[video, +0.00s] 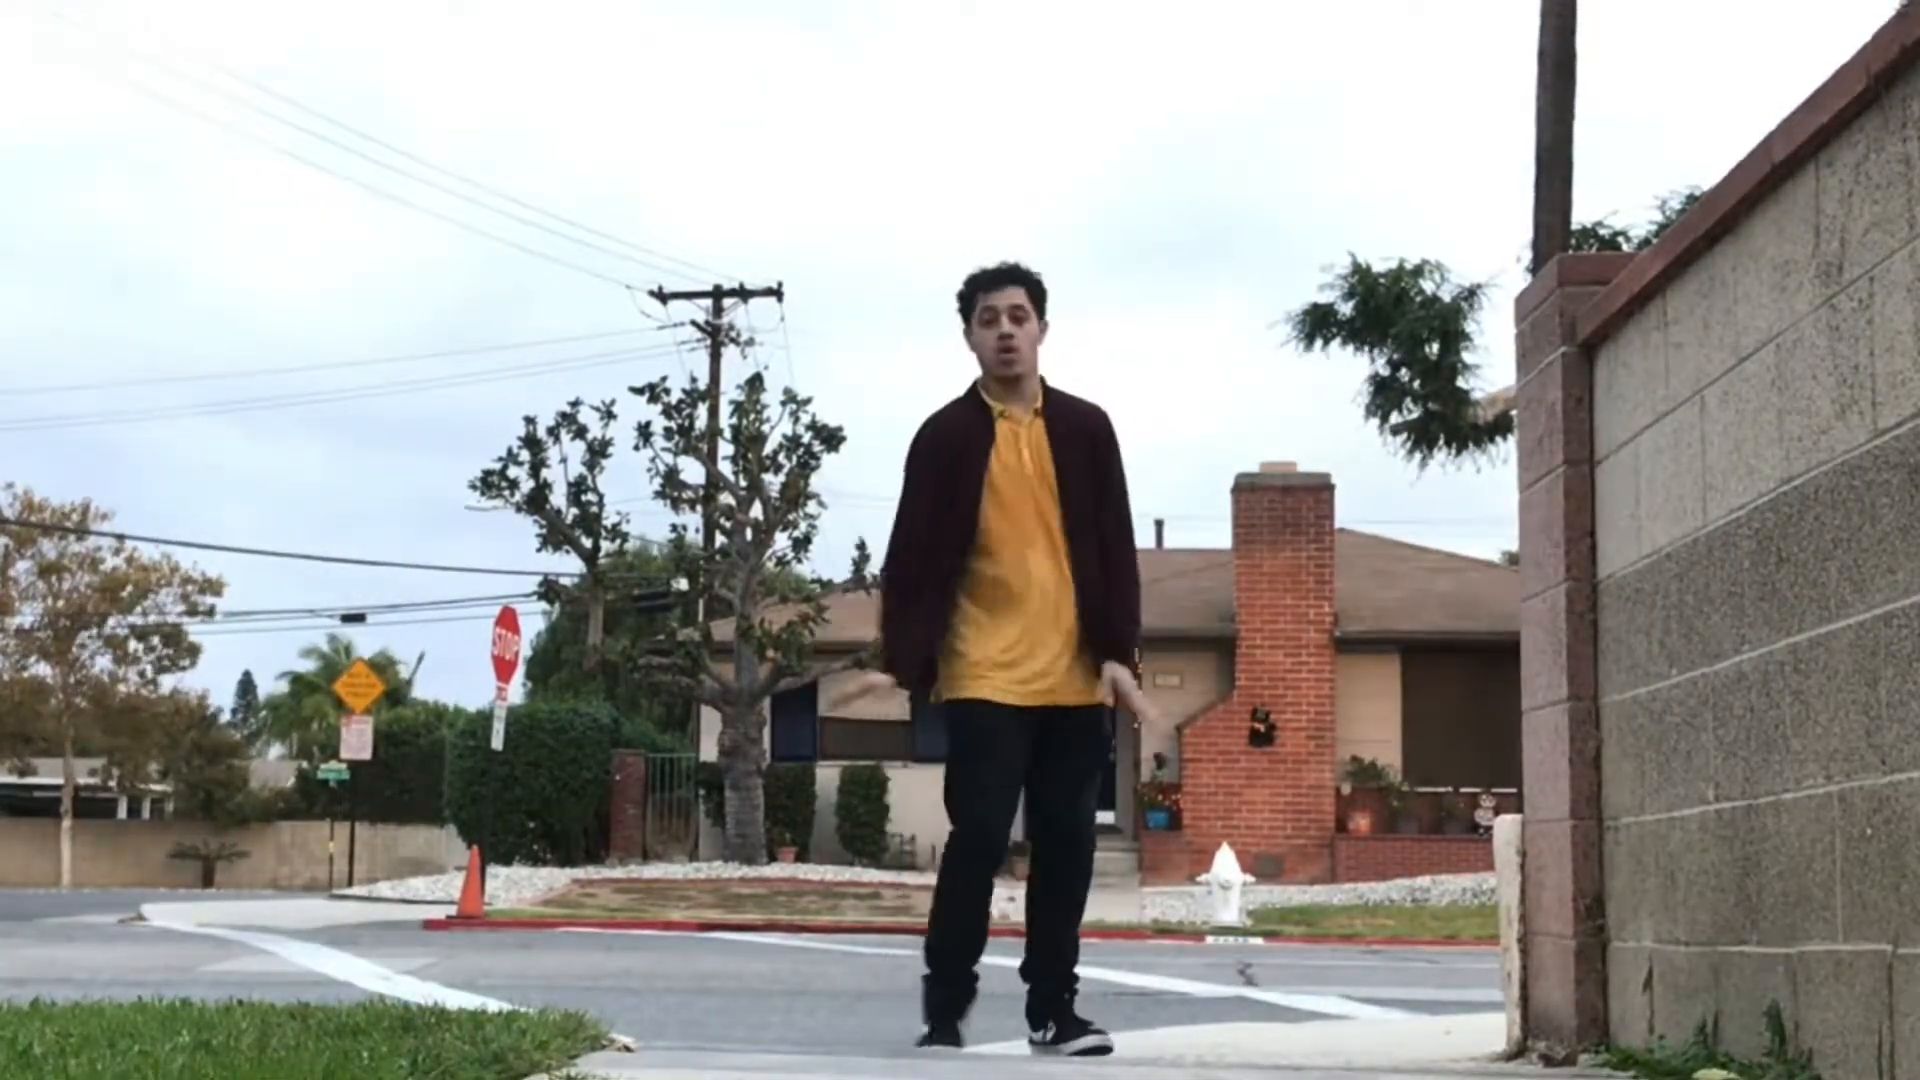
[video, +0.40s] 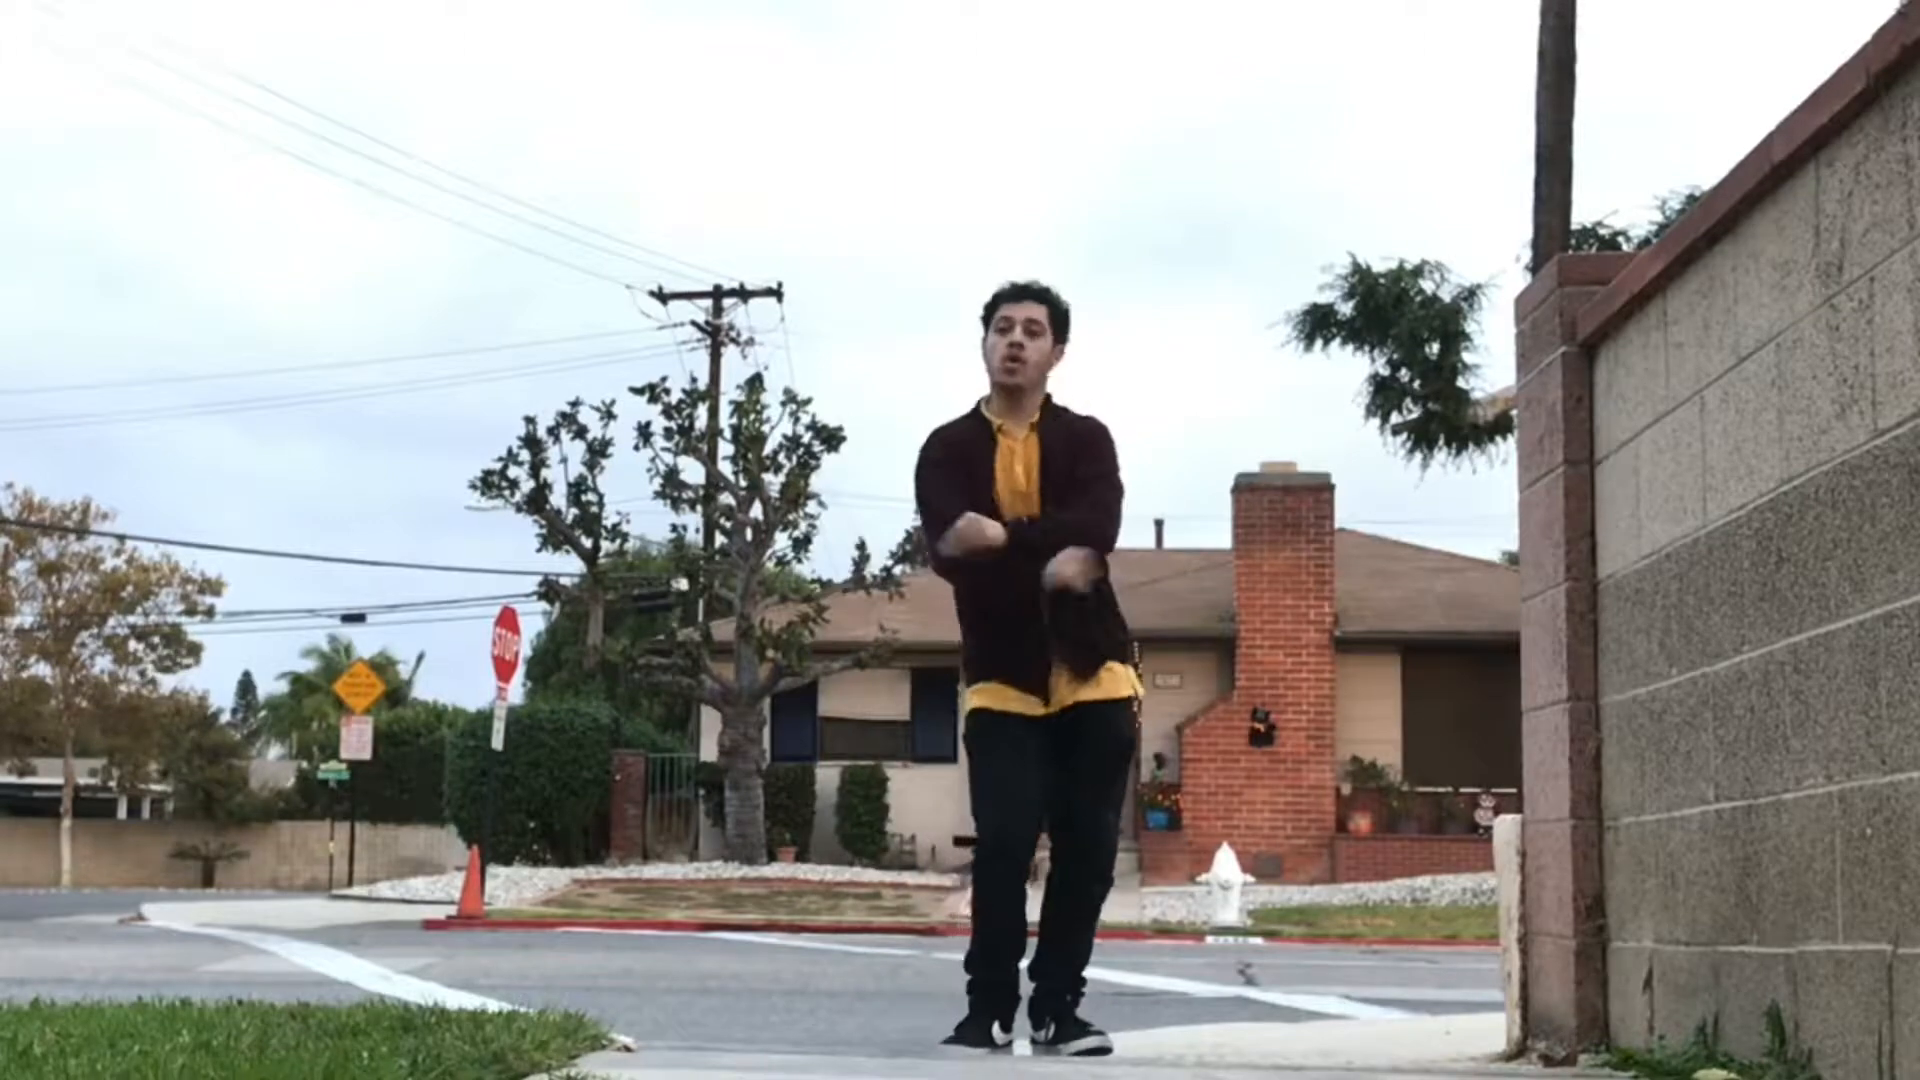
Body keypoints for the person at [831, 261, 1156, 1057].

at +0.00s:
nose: (1006, 330)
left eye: (1018, 316)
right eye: (990, 320)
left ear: (1042, 329)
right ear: (969, 337)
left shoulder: (1088, 428)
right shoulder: (945, 434)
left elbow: (1115, 545)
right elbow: (912, 554)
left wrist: (1119, 651)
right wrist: (912, 667)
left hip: (1073, 674)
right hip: (982, 672)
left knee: (1068, 849)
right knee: (980, 839)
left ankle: (1052, 1011)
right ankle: (944, 1010)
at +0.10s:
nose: (1013, 325)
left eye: (1027, 313)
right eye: (999, 314)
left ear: (1054, 330)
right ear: (981, 332)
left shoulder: (1098, 425)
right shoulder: (950, 431)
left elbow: (1127, 527)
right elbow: (930, 535)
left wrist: (1091, 600)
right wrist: (965, 616)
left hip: (1071, 678)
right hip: (981, 679)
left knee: (1065, 850)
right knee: (981, 847)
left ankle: (1053, 1009)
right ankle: (984, 1009)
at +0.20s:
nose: (1016, 329)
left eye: (1033, 318)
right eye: (1005, 317)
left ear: (1059, 337)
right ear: (987, 333)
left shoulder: (1094, 428)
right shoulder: (949, 432)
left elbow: (1124, 529)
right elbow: (938, 541)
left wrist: (1041, 523)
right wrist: (1027, 566)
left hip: (1077, 666)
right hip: (985, 667)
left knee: (1071, 845)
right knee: (981, 842)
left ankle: (1054, 1008)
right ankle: (983, 1010)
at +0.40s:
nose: (1014, 342)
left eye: (1031, 333)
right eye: (1003, 330)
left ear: (1056, 352)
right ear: (984, 345)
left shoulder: (1087, 438)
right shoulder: (947, 447)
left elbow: (1096, 529)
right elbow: (946, 545)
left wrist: (1002, 534)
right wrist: (1049, 567)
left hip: (1095, 678)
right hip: (1001, 680)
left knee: (1089, 854)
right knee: (1002, 847)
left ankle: (1056, 1007)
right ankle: (990, 1011)